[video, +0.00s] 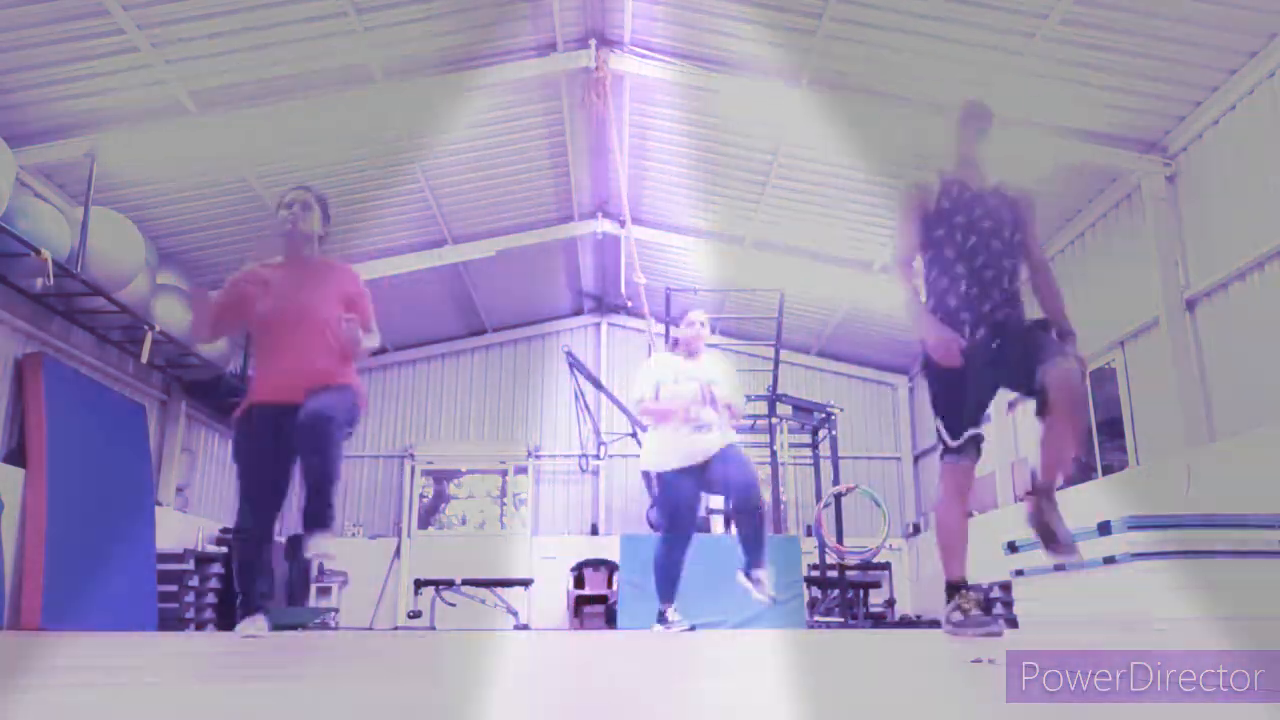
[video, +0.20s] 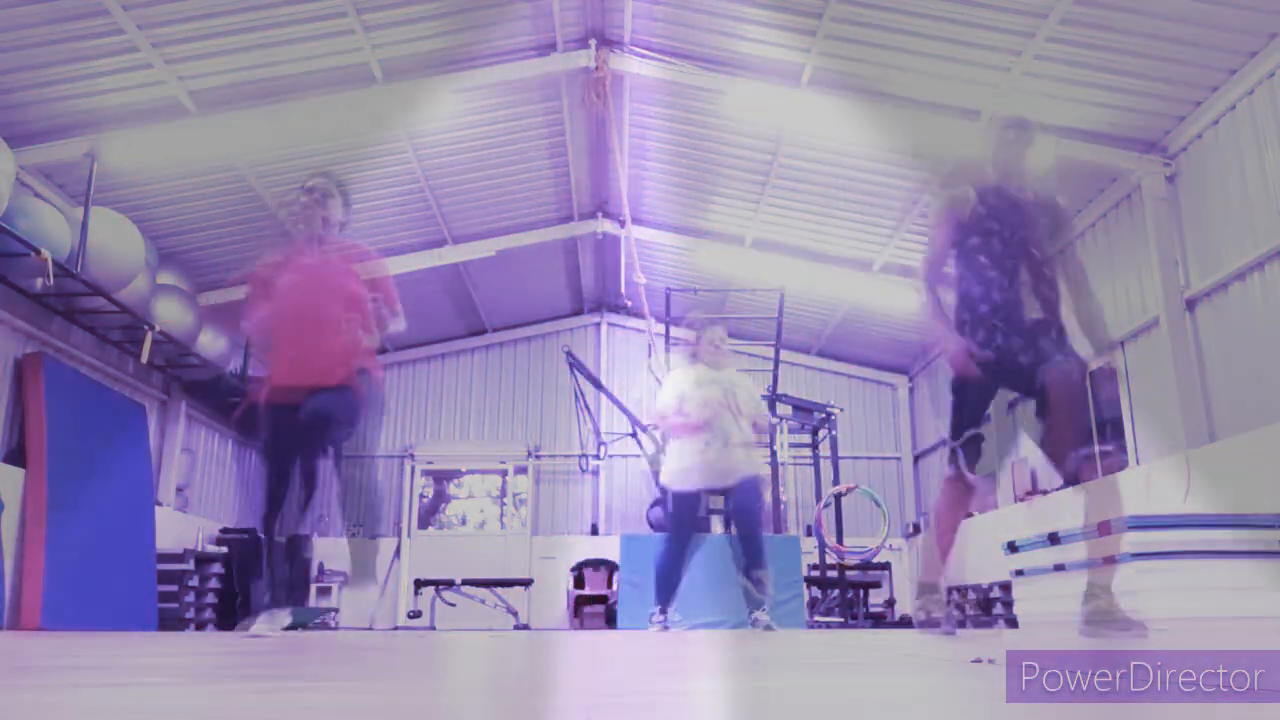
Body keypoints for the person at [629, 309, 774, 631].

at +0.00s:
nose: (695, 331)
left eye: (701, 326)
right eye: (689, 325)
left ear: (710, 334)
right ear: (678, 331)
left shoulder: (719, 363)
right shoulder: (658, 364)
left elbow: (738, 412)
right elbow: (642, 409)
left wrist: (716, 400)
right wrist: (681, 407)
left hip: (717, 451)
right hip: (672, 458)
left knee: (747, 487)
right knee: (678, 529)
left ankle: (754, 568)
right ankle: (666, 608)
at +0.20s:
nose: (719, 349)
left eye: (723, 344)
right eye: (713, 343)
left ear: (728, 346)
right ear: (697, 345)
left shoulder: (740, 381)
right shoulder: (681, 378)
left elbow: (762, 423)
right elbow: (662, 420)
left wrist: (758, 421)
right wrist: (694, 422)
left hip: (739, 469)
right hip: (689, 471)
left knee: (750, 532)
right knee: (680, 536)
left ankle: (758, 611)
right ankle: (660, 610)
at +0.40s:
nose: (737, 325)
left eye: (743, 320)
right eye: (730, 320)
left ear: (752, 329)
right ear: (718, 328)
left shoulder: (768, 364)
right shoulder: (700, 358)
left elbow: (787, 409)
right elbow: (679, 402)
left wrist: (775, 408)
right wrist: (711, 401)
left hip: (750, 458)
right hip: (702, 457)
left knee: (754, 528)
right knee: (695, 523)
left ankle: (759, 606)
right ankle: (673, 582)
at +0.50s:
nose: (742, 322)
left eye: (748, 318)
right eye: (735, 318)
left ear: (757, 326)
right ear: (724, 327)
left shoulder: (773, 358)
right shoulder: (707, 352)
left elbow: (790, 404)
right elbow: (684, 395)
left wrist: (781, 407)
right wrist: (717, 398)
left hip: (757, 444)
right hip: (710, 435)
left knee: (756, 522)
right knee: (712, 478)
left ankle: (753, 600)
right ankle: (697, 544)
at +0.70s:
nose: (750, 330)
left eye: (756, 325)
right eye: (743, 326)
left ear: (766, 334)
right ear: (732, 337)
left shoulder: (784, 369)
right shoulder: (716, 366)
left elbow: (806, 416)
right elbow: (696, 412)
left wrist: (785, 406)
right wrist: (727, 402)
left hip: (768, 456)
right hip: (721, 445)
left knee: (755, 534)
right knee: (739, 463)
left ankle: (750, 609)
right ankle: (747, 548)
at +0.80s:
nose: (753, 323)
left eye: (759, 317)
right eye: (745, 318)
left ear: (768, 325)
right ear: (734, 328)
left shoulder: (788, 357)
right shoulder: (719, 357)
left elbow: (808, 410)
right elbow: (696, 406)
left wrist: (786, 396)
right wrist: (725, 399)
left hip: (773, 450)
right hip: (725, 439)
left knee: (753, 527)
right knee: (754, 492)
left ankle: (744, 607)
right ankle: (759, 579)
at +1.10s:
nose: (758, 341)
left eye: (763, 335)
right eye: (752, 335)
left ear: (773, 336)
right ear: (741, 338)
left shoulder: (793, 367)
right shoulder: (728, 368)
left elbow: (815, 416)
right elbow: (714, 418)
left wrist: (794, 410)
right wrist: (747, 408)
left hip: (789, 470)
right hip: (744, 466)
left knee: (782, 539)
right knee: (767, 527)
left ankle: (744, 587)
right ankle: (760, 609)